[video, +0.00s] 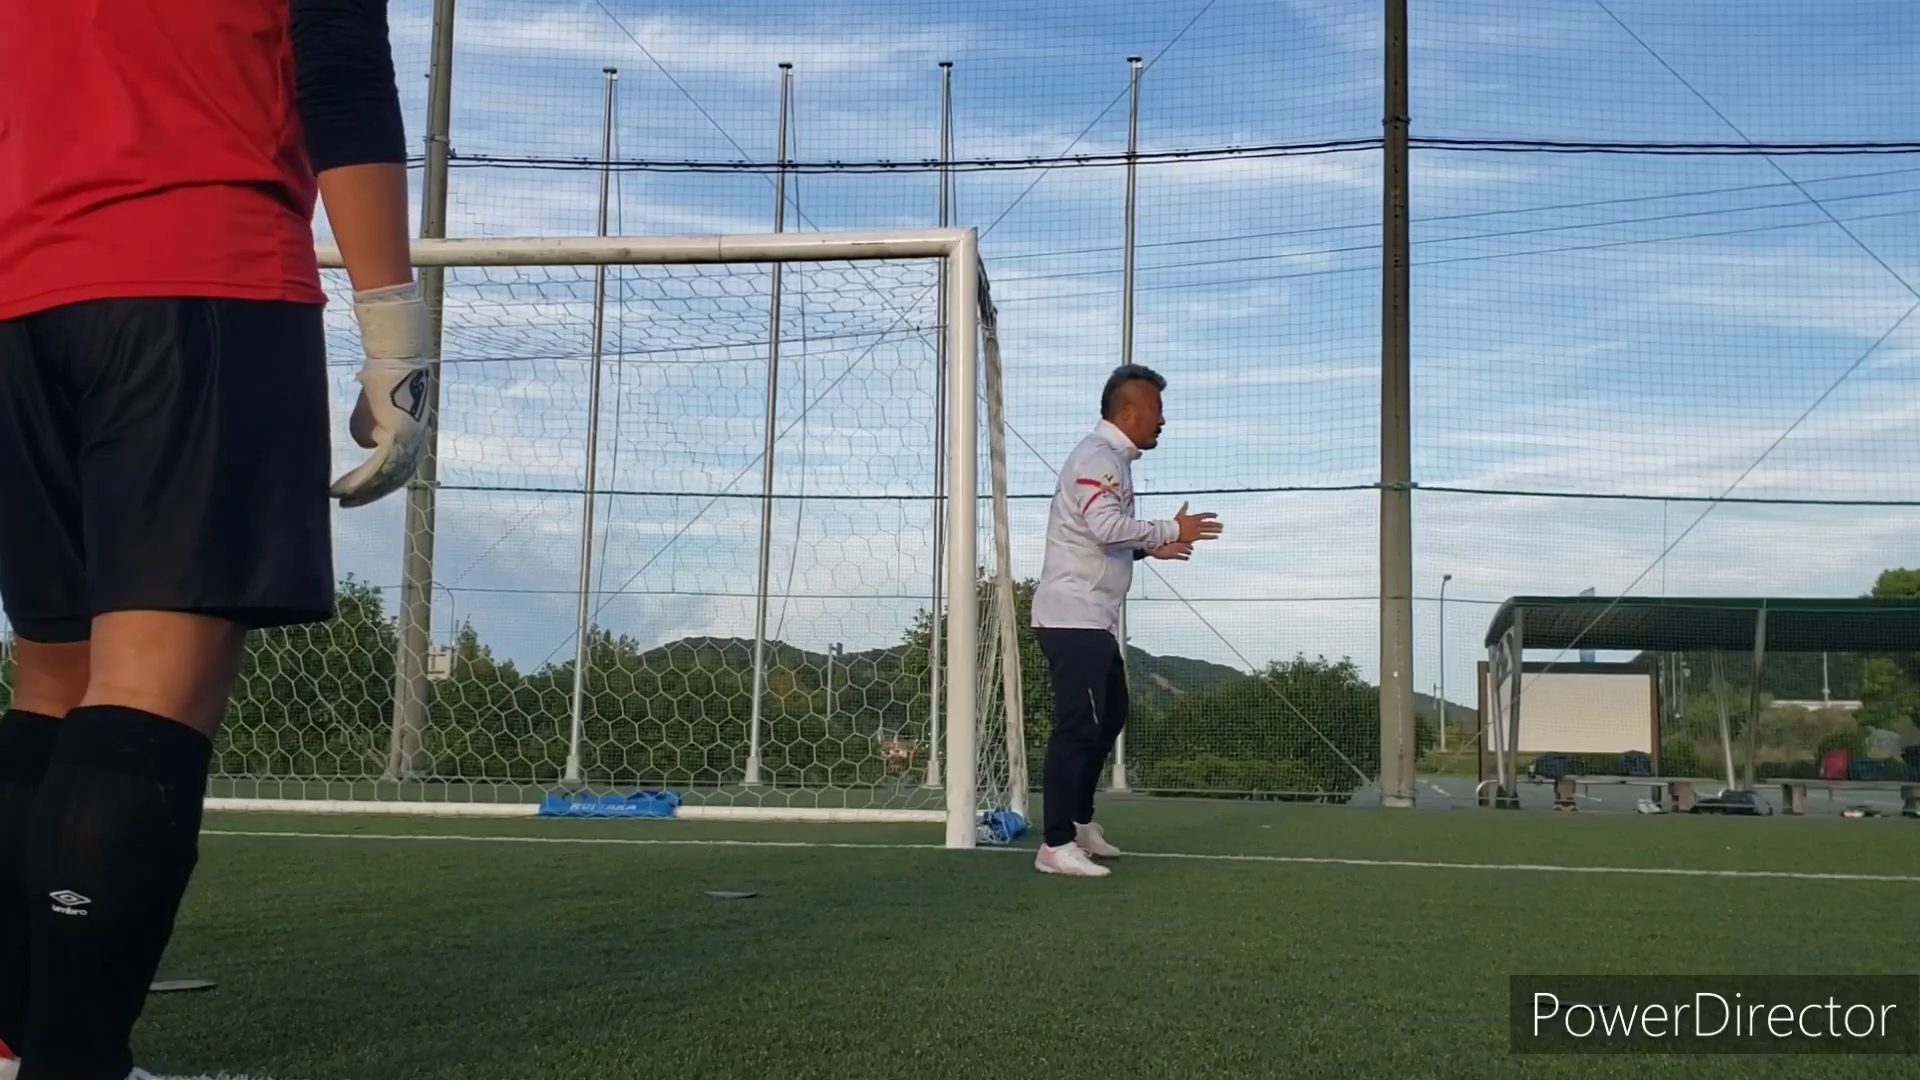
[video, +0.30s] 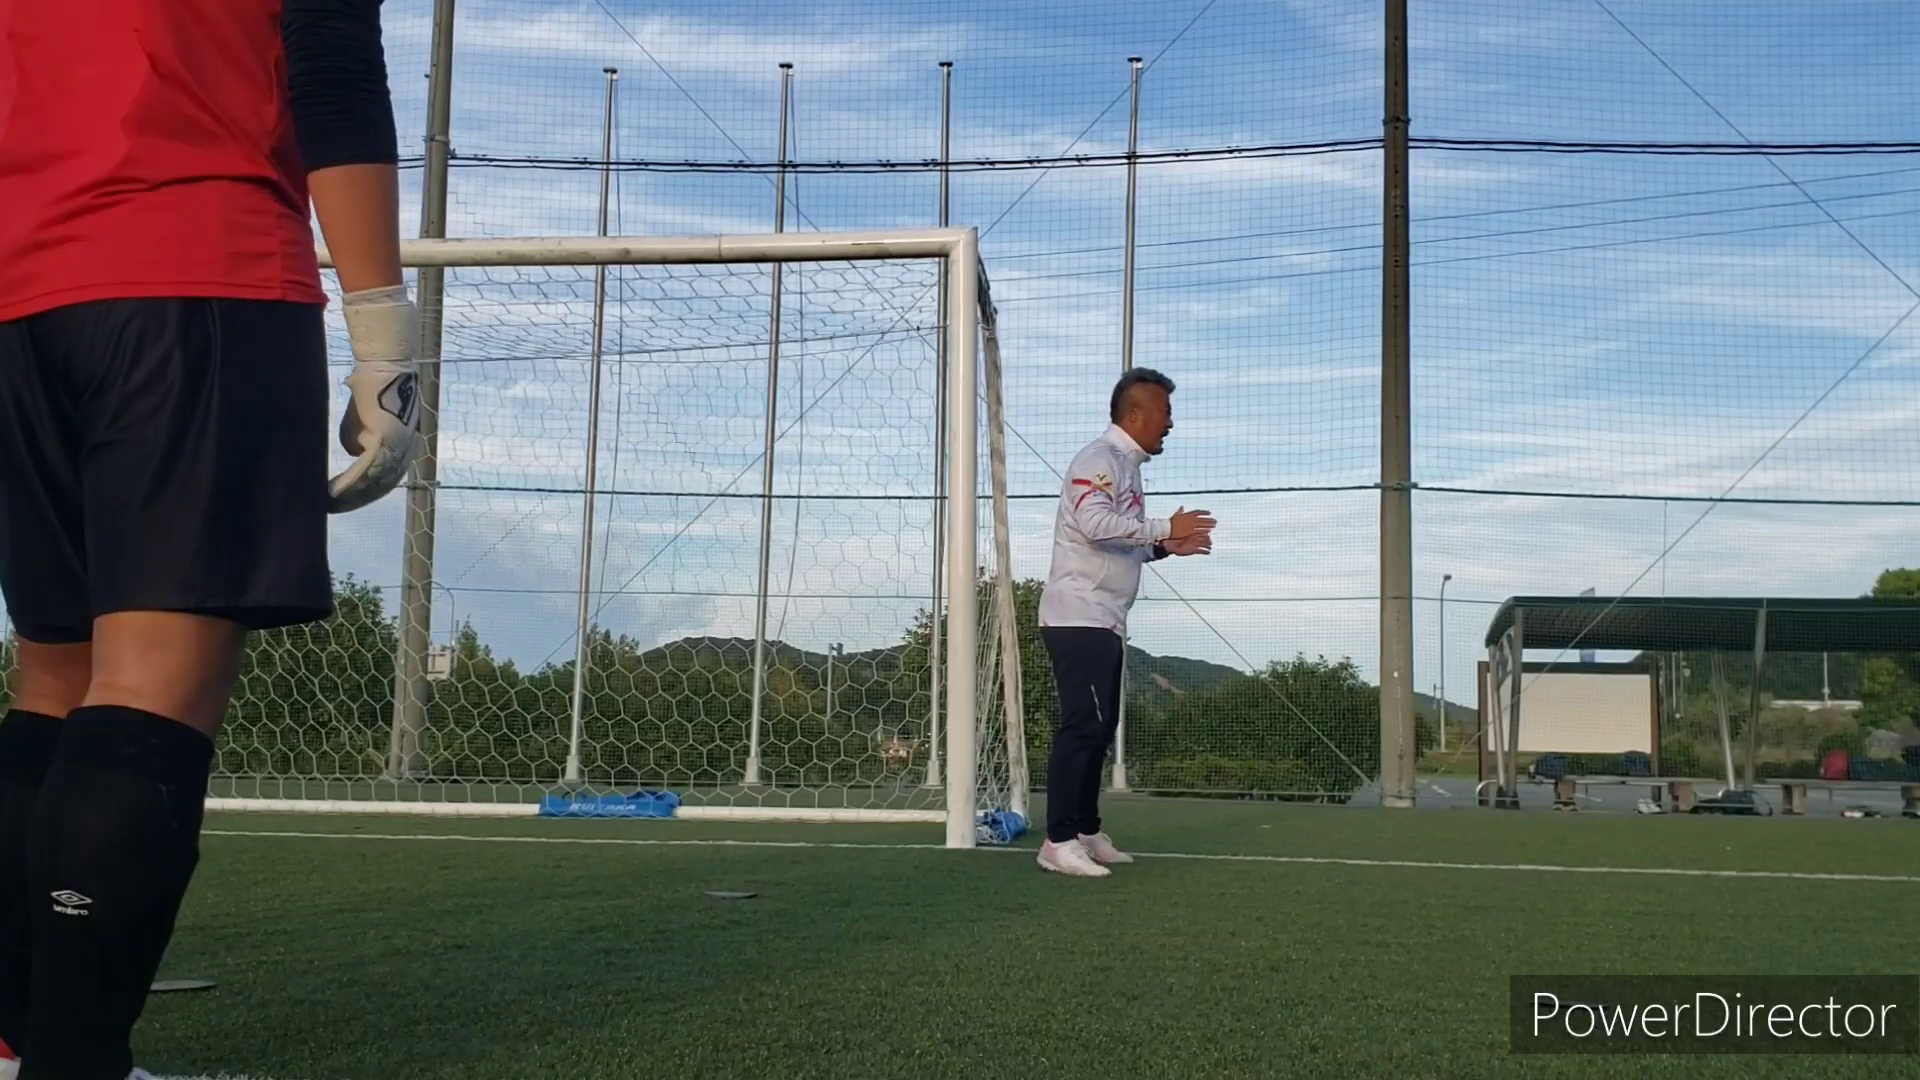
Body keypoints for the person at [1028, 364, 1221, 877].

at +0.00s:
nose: (1162, 420)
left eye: (1162, 409)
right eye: (1156, 408)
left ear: (1127, 410)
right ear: (1126, 408)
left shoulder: (1113, 461)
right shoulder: (1096, 456)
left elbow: (1107, 536)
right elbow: (1105, 526)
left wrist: (1150, 547)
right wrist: (1169, 530)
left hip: (1094, 615)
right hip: (1071, 613)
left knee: (1110, 711)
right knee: (1078, 722)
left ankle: (1076, 821)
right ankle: (1055, 845)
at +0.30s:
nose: (1170, 425)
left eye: (1170, 415)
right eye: (1164, 414)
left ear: (1138, 415)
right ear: (1132, 413)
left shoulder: (1126, 471)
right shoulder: (1098, 458)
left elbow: (1119, 545)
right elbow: (1092, 521)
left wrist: (1164, 545)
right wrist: (1162, 531)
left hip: (1102, 617)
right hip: (1077, 614)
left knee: (1099, 727)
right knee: (1081, 726)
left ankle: (1085, 833)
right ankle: (1059, 841)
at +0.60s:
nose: (1169, 430)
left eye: (1168, 421)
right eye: (1162, 420)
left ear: (1138, 422)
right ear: (1129, 421)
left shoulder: (1125, 477)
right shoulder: (1097, 464)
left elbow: (1127, 548)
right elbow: (1112, 524)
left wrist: (1174, 530)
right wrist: (1178, 506)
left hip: (1101, 622)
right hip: (1075, 618)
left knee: (1103, 730)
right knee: (1083, 728)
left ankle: (1083, 836)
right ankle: (1060, 844)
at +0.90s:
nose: (1159, 427)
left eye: (1157, 418)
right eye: (1151, 418)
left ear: (1128, 422)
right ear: (1120, 419)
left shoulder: (1125, 477)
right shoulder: (1091, 467)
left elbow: (1171, 527)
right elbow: (1146, 510)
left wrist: (1202, 487)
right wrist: (1191, 467)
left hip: (1101, 623)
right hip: (1070, 618)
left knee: (1108, 730)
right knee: (1091, 727)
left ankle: (1083, 836)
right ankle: (1060, 845)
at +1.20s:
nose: (1182, 472)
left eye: (1184, 462)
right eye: (1177, 461)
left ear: (1154, 458)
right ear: (1148, 454)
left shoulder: (1143, 509)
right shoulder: (1095, 496)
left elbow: (1169, 566)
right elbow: (1107, 577)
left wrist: (1205, 630)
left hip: (1069, 628)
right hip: (1033, 621)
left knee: (1087, 727)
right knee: (1070, 724)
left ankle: (1079, 837)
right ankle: (1058, 847)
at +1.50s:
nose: (1184, 478)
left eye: (1187, 468)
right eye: (1182, 467)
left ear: (1155, 460)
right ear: (1151, 459)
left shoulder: (1142, 513)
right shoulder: (1097, 496)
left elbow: (1154, 579)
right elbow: (1091, 584)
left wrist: (1174, 643)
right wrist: (1122, 653)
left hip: (1068, 628)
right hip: (1031, 623)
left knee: (1082, 728)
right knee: (1065, 726)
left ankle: (1079, 838)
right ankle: (1058, 848)